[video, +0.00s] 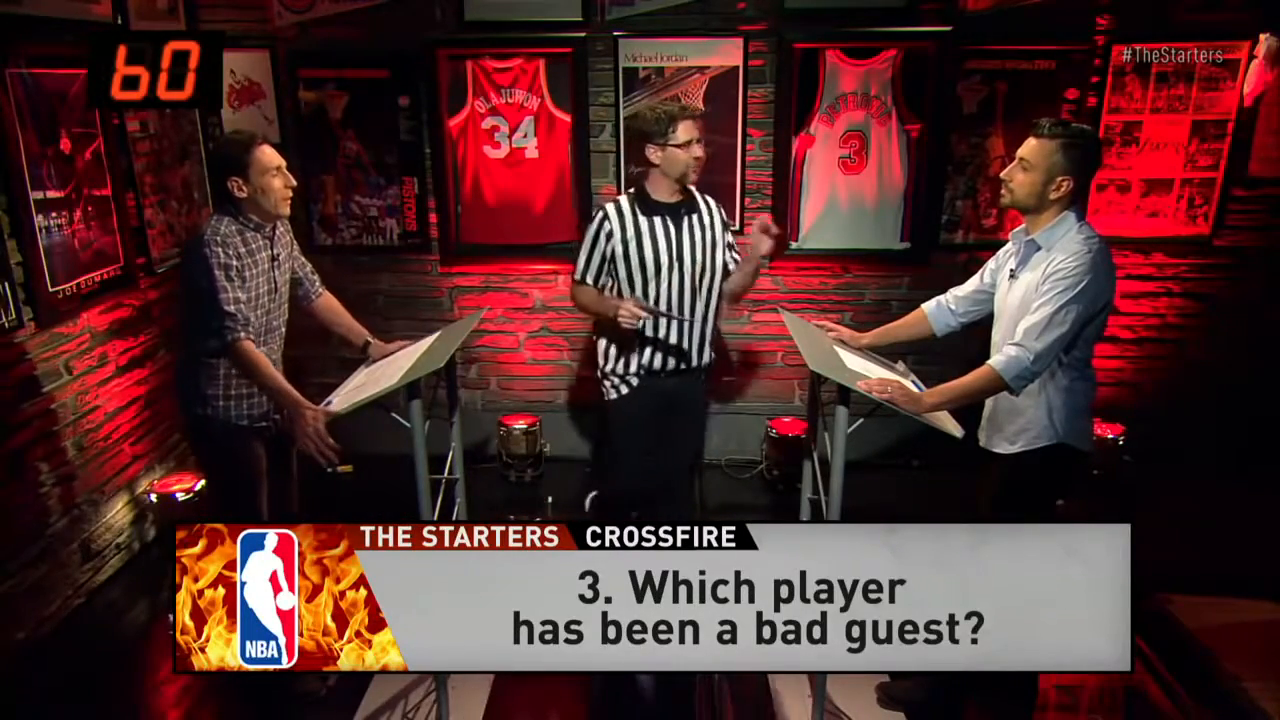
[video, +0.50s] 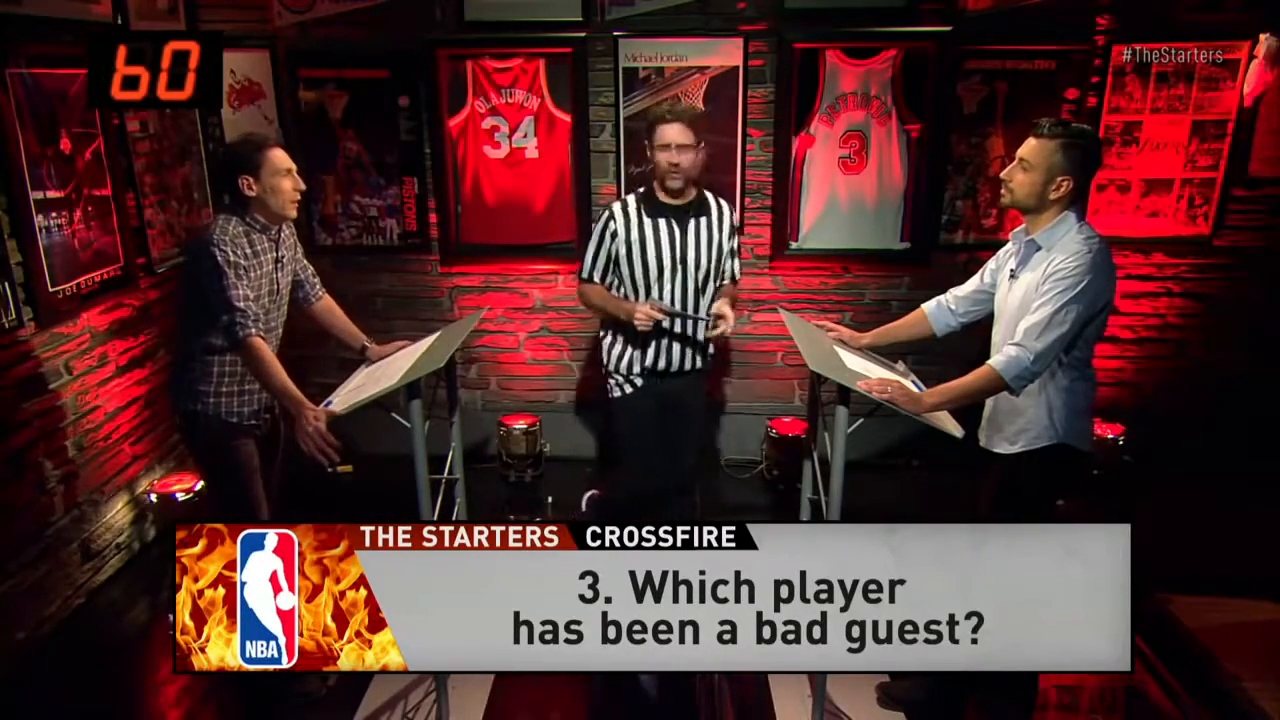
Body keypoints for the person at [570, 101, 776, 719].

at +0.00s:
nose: (701, 152)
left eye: (701, 142)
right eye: (690, 145)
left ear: (689, 149)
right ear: (654, 153)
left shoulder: (711, 214)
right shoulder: (615, 218)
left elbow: (725, 293)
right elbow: (581, 288)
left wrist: (754, 259)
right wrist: (610, 305)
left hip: (688, 383)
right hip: (631, 385)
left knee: (677, 504)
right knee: (625, 503)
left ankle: (671, 596)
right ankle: (617, 596)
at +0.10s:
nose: (703, 152)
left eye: (703, 143)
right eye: (693, 145)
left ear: (689, 154)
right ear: (657, 154)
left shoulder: (709, 212)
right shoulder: (617, 219)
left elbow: (727, 286)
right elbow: (584, 293)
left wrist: (775, 260)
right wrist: (623, 308)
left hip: (691, 384)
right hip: (633, 388)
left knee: (679, 505)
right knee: (632, 504)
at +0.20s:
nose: (706, 152)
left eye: (706, 143)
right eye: (695, 145)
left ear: (692, 150)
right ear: (659, 153)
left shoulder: (712, 213)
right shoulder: (620, 219)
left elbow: (723, 291)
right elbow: (588, 294)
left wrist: (763, 263)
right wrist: (629, 311)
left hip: (691, 382)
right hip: (635, 385)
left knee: (678, 506)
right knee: (633, 502)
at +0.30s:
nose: (705, 153)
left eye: (705, 143)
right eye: (695, 145)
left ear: (692, 150)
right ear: (660, 153)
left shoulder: (713, 211)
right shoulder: (621, 219)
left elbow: (719, 294)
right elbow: (588, 295)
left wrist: (741, 281)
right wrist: (633, 312)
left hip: (692, 379)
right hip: (637, 382)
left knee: (679, 495)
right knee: (641, 491)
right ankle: (584, 514)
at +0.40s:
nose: (699, 155)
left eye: (701, 144)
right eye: (686, 146)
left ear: (702, 148)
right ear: (654, 153)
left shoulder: (716, 212)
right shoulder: (621, 218)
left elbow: (721, 282)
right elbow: (588, 292)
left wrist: (730, 297)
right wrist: (633, 311)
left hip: (691, 378)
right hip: (633, 382)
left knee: (680, 488)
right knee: (640, 487)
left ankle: (671, 577)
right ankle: (590, 515)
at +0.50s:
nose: (675, 158)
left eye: (685, 147)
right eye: (665, 148)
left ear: (702, 154)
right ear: (649, 154)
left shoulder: (721, 215)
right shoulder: (620, 216)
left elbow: (726, 285)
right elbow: (588, 288)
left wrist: (725, 307)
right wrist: (628, 311)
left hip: (692, 380)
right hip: (631, 382)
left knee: (685, 488)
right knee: (635, 488)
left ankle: (680, 576)